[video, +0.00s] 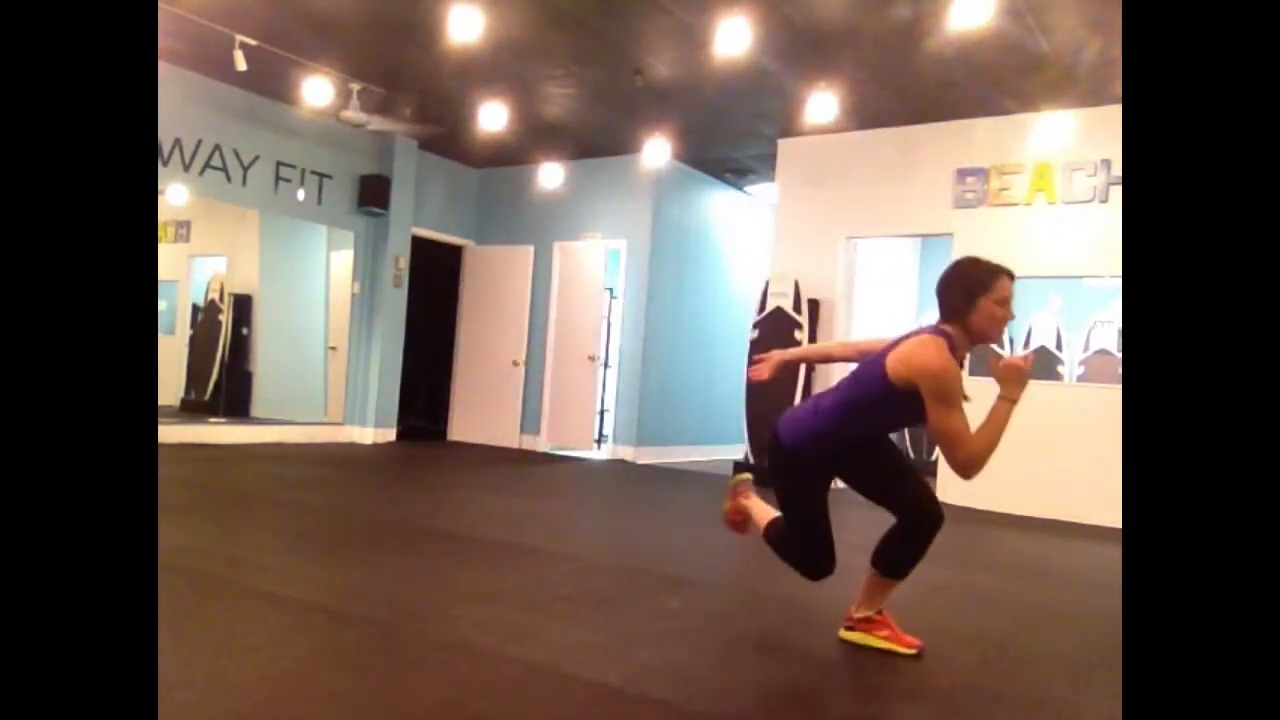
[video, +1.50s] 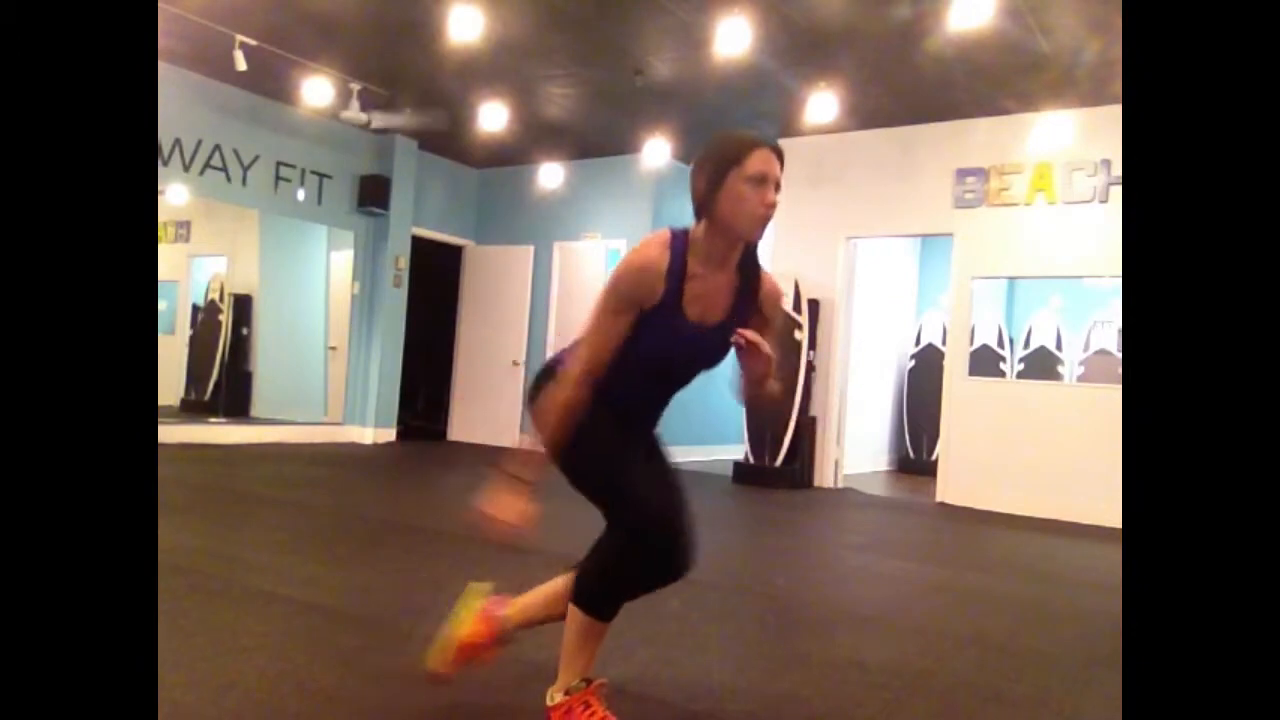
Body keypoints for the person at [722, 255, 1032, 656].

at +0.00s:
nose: (1010, 315)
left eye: (1010, 304)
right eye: (1002, 303)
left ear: (969, 306)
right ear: (968, 304)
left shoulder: (933, 341)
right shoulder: (935, 361)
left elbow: (856, 350)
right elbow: (967, 462)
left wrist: (787, 355)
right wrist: (1008, 395)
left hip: (851, 438)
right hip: (800, 444)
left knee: (923, 516)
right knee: (816, 563)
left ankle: (864, 616)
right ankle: (747, 504)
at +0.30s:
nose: (995, 278)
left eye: (995, 268)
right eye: (986, 267)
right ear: (953, 269)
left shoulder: (935, 324)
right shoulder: (915, 323)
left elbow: (883, 403)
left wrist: (903, 457)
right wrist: (952, 422)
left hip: (846, 427)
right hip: (797, 430)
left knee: (913, 510)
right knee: (844, 548)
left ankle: (864, 614)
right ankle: (780, 530)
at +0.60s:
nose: (938, 162)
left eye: (941, 150)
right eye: (929, 148)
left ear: (920, 160)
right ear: (891, 152)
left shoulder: (919, 225)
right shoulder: (838, 210)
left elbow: (1002, 279)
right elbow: (729, 235)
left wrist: (966, 240)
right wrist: (651, 281)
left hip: (805, 362)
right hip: (758, 352)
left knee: (838, 477)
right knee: (776, 458)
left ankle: (868, 607)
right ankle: (677, 583)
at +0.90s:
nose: (835, 198)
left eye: (842, 186)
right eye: (823, 182)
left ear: (844, 198)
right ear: (783, 183)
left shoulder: (815, 287)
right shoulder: (712, 244)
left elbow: (898, 366)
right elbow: (600, 264)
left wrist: (860, 301)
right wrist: (503, 305)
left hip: (678, 410)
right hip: (620, 383)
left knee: (697, 547)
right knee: (647, 518)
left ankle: (617, 528)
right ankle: (577, 687)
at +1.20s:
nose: (775, 261)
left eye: (781, 248)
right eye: (761, 243)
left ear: (780, 261)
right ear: (713, 244)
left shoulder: (763, 346)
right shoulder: (642, 306)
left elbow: (842, 462)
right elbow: (530, 342)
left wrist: (794, 391)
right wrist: (446, 407)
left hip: (611, 446)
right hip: (553, 417)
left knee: (563, 607)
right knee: (635, 517)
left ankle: (415, 592)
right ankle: (567, 691)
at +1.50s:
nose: (771, 199)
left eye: (776, 188)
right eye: (757, 183)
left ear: (777, 200)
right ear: (711, 188)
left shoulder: (762, 294)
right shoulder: (652, 262)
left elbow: (764, 402)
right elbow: (581, 374)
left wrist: (760, 379)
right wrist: (519, 475)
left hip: (632, 418)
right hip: (573, 399)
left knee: (666, 557)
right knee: (639, 528)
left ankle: (498, 615)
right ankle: (568, 690)